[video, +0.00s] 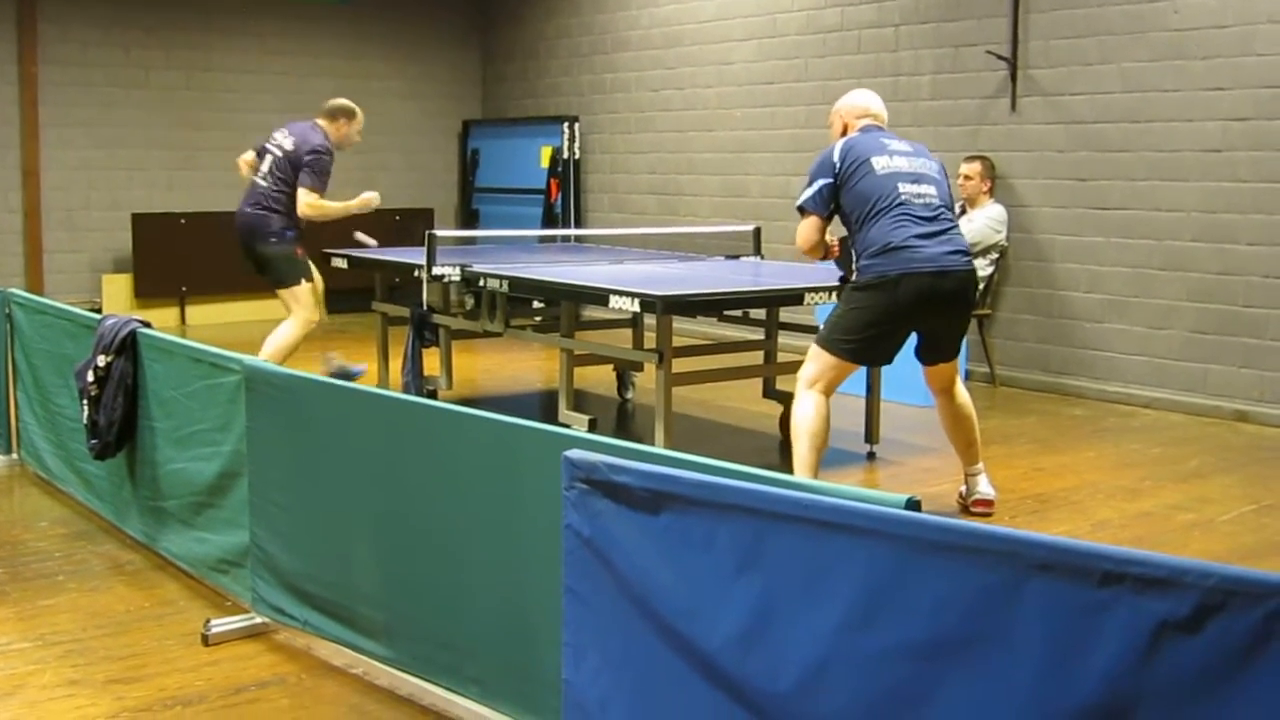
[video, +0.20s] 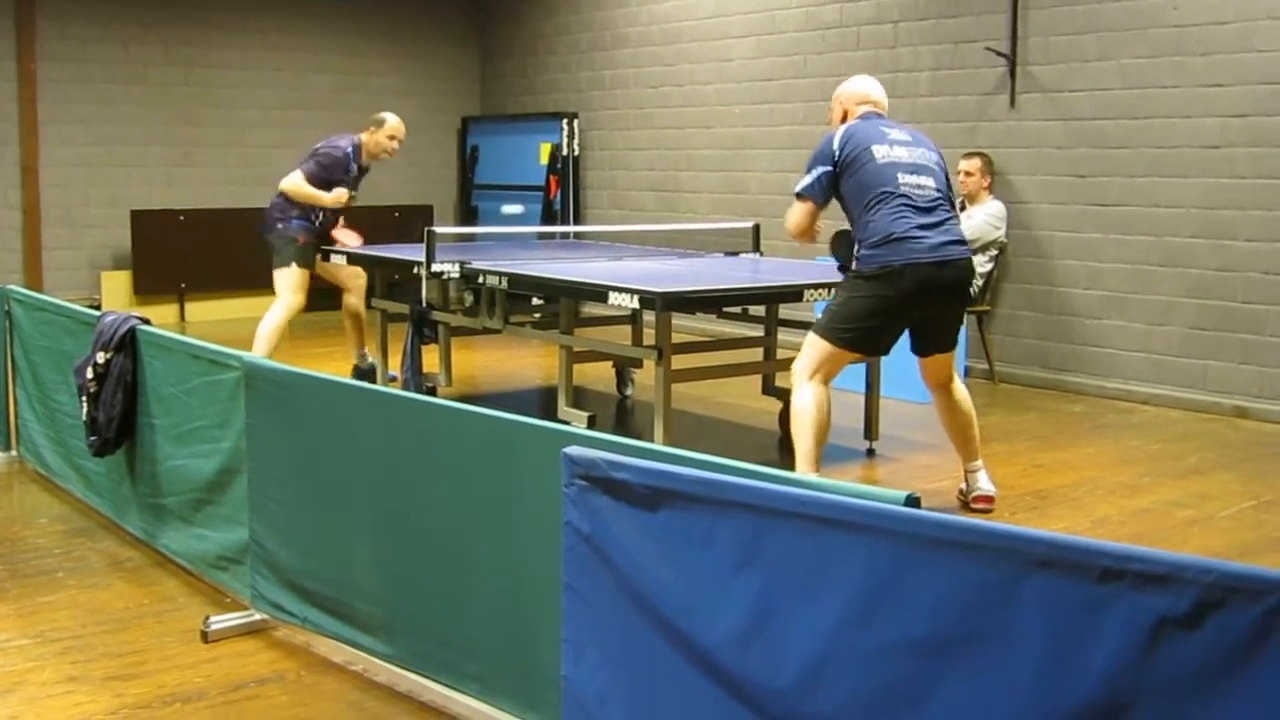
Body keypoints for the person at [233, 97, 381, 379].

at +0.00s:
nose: (357, 139)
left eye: (359, 132)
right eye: (357, 131)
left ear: (336, 122)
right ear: (341, 124)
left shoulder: (292, 130)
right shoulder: (319, 148)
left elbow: (246, 161)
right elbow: (308, 208)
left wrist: (273, 194)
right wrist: (355, 205)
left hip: (254, 219)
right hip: (270, 225)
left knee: (314, 284)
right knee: (305, 315)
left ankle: (329, 360)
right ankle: (254, 379)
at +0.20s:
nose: (395, 148)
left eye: (399, 142)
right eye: (392, 139)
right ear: (371, 132)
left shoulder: (361, 163)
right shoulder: (338, 153)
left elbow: (334, 201)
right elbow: (288, 185)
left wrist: (335, 228)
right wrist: (327, 199)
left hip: (314, 234)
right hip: (290, 228)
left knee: (355, 278)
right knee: (290, 299)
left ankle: (361, 362)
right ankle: (253, 369)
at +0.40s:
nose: (405, 124)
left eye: (409, 119)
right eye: (401, 116)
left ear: (408, 121)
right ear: (381, 111)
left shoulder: (385, 148)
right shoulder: (344, 134)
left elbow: (376, 188)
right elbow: (300, 170)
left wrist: (384, 228)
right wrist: (333, 198)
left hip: (341, 217)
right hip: (302, 211)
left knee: (370, 278)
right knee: (286, 285)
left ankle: (360, 358)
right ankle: (245, 352)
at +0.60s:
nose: (389, 101)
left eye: (392, 96)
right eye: (384, 94)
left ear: (391, 100)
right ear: (364, 93)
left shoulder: (375, 134)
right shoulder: (334, 120)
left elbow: (370, 178)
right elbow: (307, 164)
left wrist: (385, 209)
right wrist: (354, 183)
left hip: (345, 210)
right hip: (304, 211)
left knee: (370, 275)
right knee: (283, 285)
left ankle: (361, 354)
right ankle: (266, 345)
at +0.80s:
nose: (370, 99)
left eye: (373, 93)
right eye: (364, 92)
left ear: (372, 96)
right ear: (344, 92)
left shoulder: (363, 130)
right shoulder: (316, 124)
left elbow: (370, 169)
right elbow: (299, 173)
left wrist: (389, 194)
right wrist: (351, 184)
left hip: (344, 211)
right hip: (302, 214)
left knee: (383, 266)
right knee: (283, 286)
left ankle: (391, 340)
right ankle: (264, 346)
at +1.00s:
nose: (381, 119)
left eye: (383, 113)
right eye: (375, 112)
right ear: (354, 112)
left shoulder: (372, 146)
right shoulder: (324, 141)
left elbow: (386, 185)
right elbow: (305, 194)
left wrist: (403, 205)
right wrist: (352, 205)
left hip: (351, 219)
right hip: (310, 218)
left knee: (392, 270)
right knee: (286, 289)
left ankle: (408, 346)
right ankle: (261, 344)